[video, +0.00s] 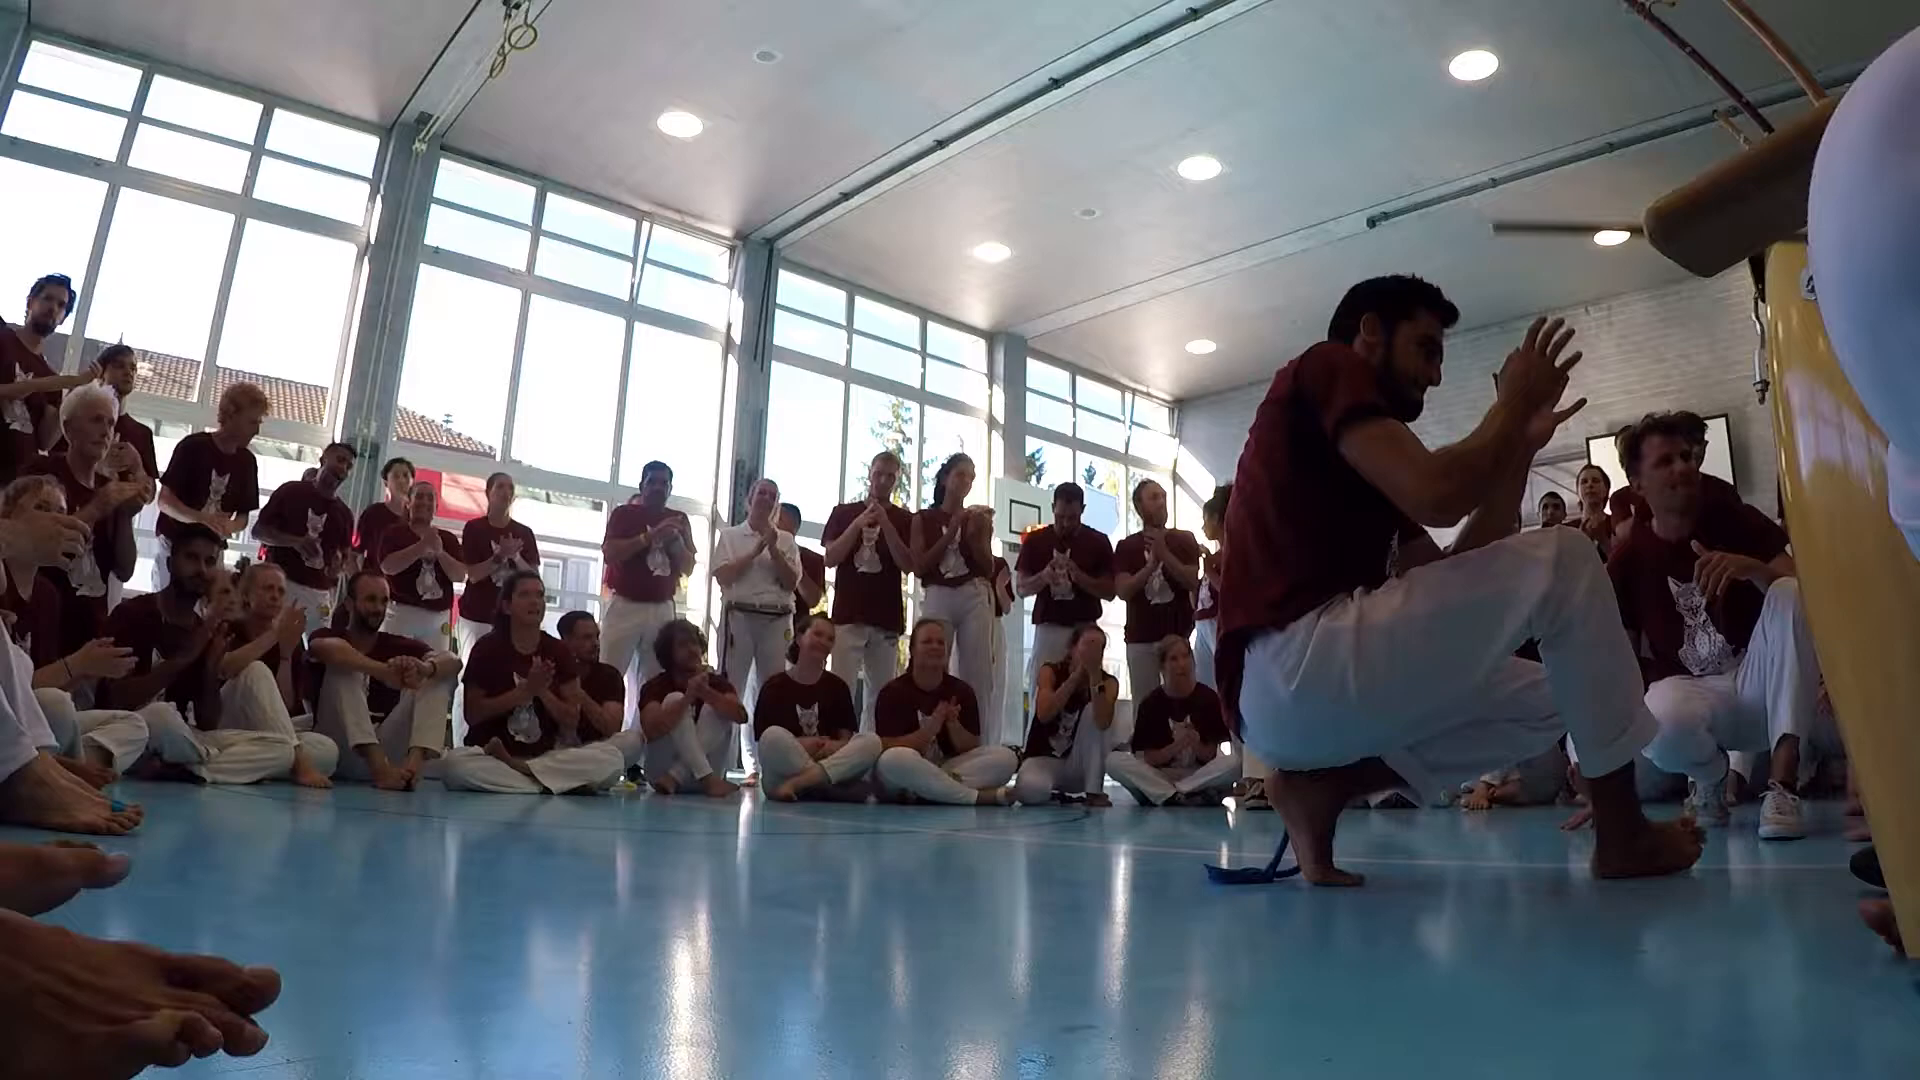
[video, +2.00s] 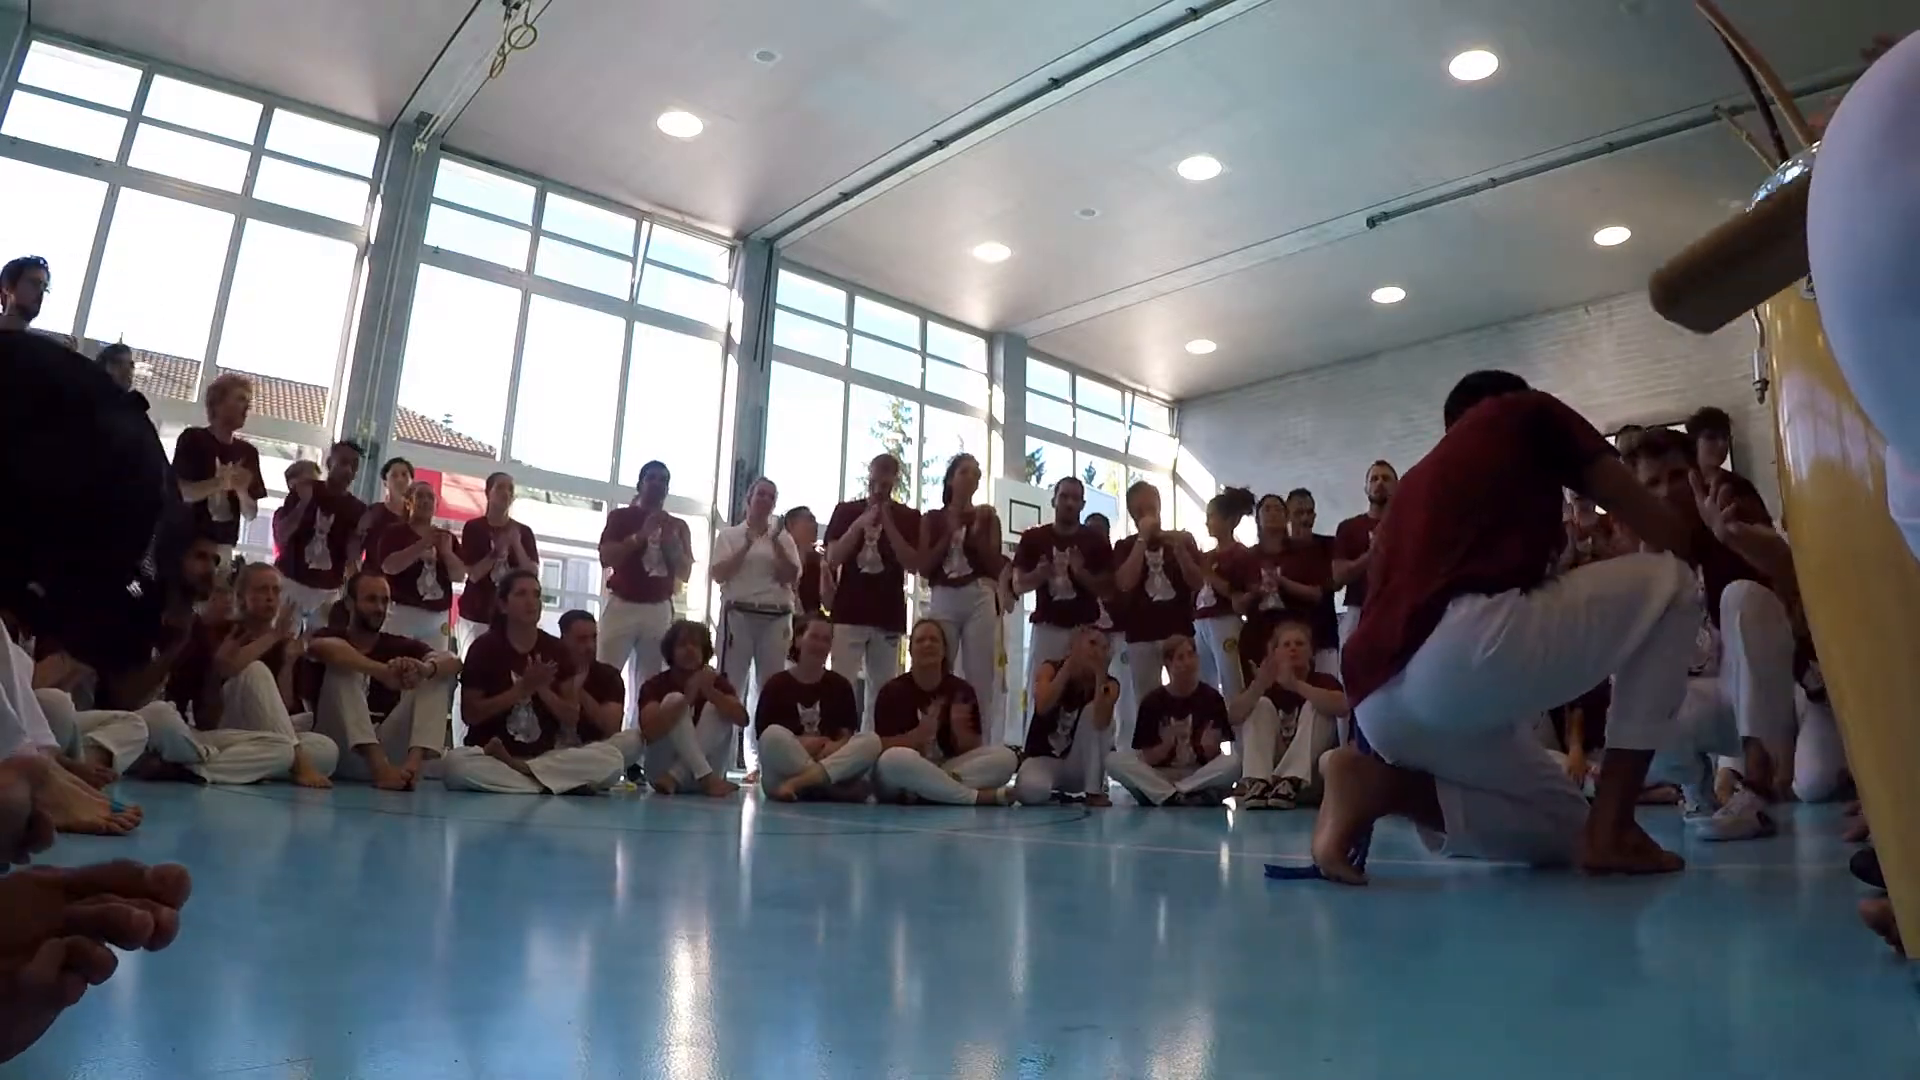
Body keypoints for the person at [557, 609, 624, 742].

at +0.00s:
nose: (596, 643)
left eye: (597, 636)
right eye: (587, 637)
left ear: (600, 636)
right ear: (566, 641)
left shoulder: (609, 675)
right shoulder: (549, 674)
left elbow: (611, 728)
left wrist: (577, 693)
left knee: (633, 739)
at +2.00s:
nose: (590, 645)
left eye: (594, 638)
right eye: (582, 639)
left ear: (597, 638)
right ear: (563, 640)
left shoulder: (609, 675)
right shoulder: (548, 675)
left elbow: (611, 728)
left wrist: (578, 691)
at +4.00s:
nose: (590, 645)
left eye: (594, 638)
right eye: (581, 638)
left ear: (598, 639)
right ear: (564, 640)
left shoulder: (610, 675)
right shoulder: (547, 674)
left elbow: (610, 725)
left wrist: (582, 691)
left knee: (633, 739)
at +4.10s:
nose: (591, 644)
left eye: (594, 637)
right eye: (582, 638)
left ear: (598, 637)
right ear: (564, 640)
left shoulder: (610, 675)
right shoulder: (549, 675)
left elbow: (610, 725)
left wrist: (575, 696)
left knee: (632, 739)